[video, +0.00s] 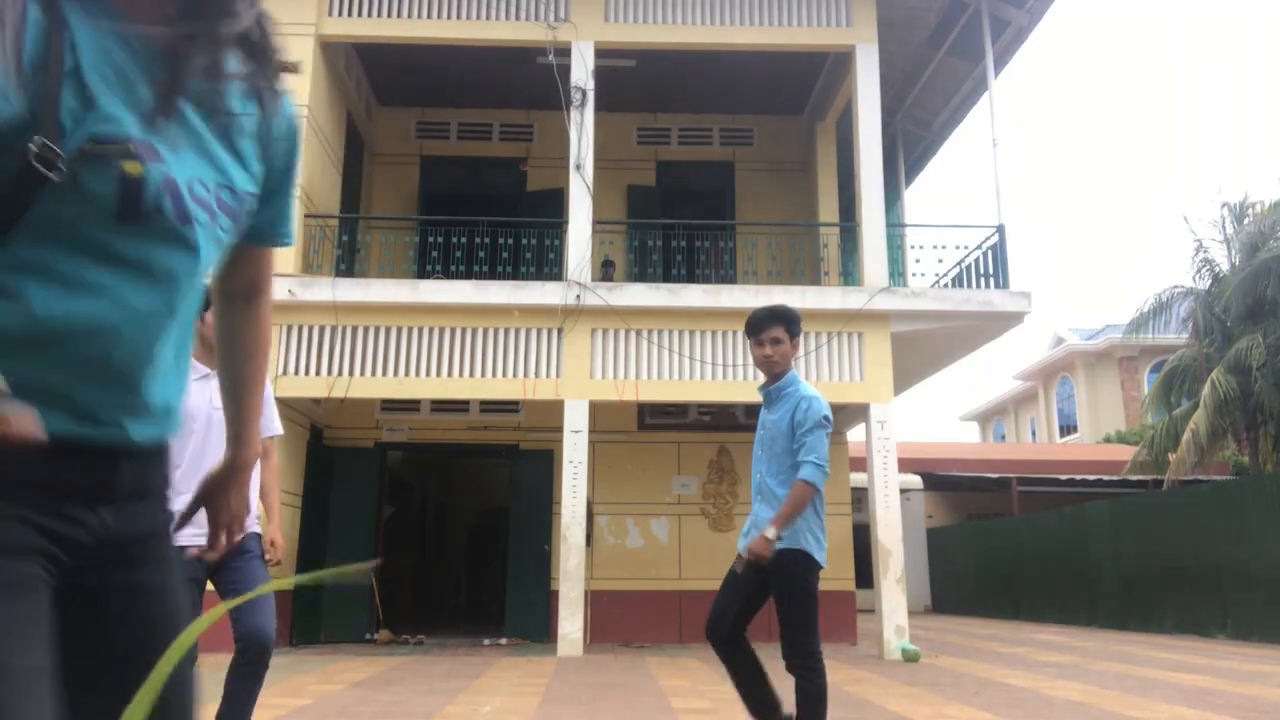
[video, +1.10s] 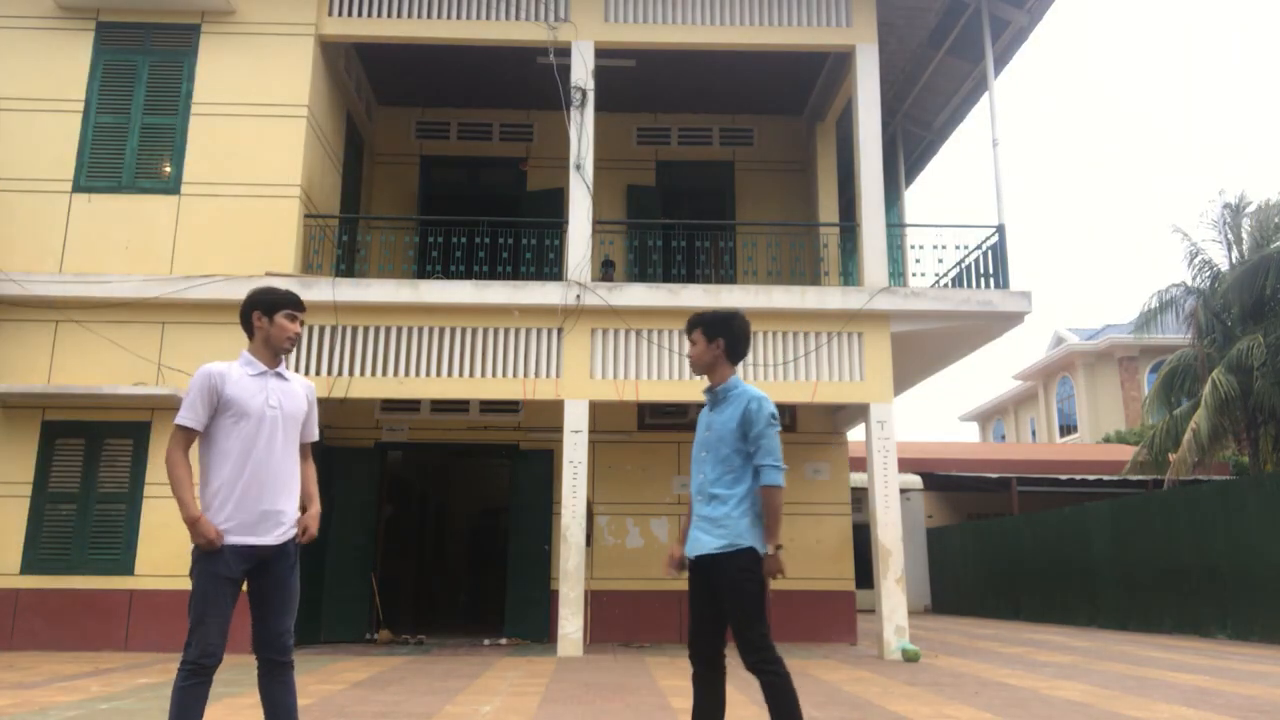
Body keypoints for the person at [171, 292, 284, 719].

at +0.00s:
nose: (232, 323)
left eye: (238, 314)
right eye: (221, 312)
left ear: (247, 324)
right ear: (199, 318)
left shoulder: (253, 379)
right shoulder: (168, 378)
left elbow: (267, 455)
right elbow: (143, 453)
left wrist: (272, 522)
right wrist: (149, 521)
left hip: (240, 537)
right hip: (178, 541)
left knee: (259, 637)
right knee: (176, 653)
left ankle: (232, 718)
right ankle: (171, 716)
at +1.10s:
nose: (298, 329)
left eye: (301, 322)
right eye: (291, 319)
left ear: (295, 329)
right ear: (259, 320)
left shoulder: (303, 390)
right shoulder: (215, 377)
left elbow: (305, 455)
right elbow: (176, 450)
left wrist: (313, 505)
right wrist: (193, 517)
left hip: (281, 546)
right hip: (223, 544)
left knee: (278, 657)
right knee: (202, 658)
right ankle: (181, 719)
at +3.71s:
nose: (290, 350)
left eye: (295, 344)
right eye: (282, 340)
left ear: (299, 347)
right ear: (253, 337)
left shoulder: (308, 398)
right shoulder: (213, 391)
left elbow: (366, 438)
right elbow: (225, 440)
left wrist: (395, 409)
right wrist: (262, 381)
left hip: (300, 549)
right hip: (233, 551)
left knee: (337, 655)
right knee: (204, 663)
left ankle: (369, 719)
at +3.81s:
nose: (305, 354)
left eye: (310, 348)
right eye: (296, 345)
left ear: (314, 352)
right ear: (265, 344)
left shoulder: (323, 403)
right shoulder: (229, 399)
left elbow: (378, 445)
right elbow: (245, 448)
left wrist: (406, 416)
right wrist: (281, 387)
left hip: (320, 556)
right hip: (251, 558)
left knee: (365, 652)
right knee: (215, 665)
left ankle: (383, 717)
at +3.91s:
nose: (319, 359)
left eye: (324, 352)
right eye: (310, 350)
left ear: (328, 357)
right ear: (279, 350)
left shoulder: (338, 408)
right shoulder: (244, 405)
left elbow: (395, 450)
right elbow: (261, 452)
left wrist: (420, 420)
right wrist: (297, 391)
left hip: (338, 561)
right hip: (268, 563)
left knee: (391, 652)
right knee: (213, 667)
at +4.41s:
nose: (348, 370)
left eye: (352, 362)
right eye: (340, 359)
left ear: (354, 367)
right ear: (310, 358)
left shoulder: (359, 420)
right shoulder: (267, 410)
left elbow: (408, 471)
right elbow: (283, 465)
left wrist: (458, 465)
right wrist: (330, 411)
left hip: (349, 567)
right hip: (279, 568)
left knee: (417, 648)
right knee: (201, 662)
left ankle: (424, 716)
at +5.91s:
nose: (335, 368)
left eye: (339, 359)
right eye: (326, 357)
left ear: (343, 363)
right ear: (294, 358)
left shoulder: (351, 417)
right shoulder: (257, 412)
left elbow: (397, 470)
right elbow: (275, 467)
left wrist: (449, 471)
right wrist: (319, 408)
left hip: (347, 568)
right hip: (274, 570)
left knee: (413, 649)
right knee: (199, 662)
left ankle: (422, 719)